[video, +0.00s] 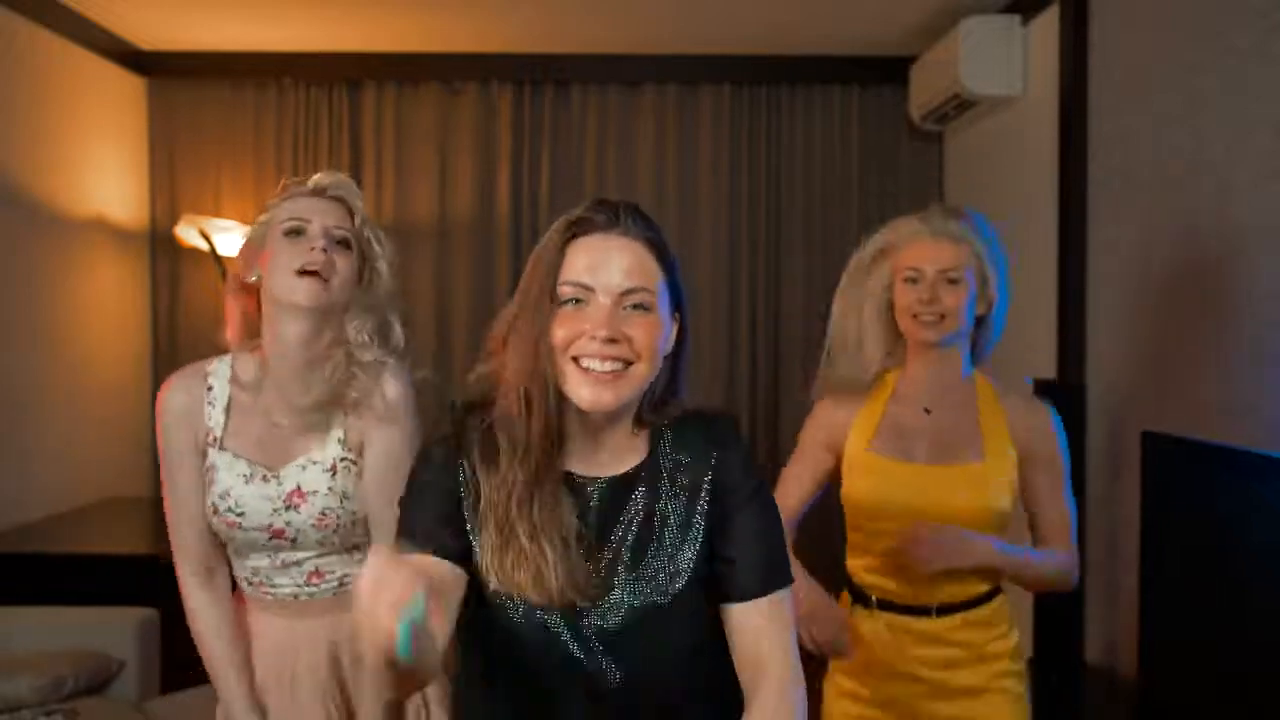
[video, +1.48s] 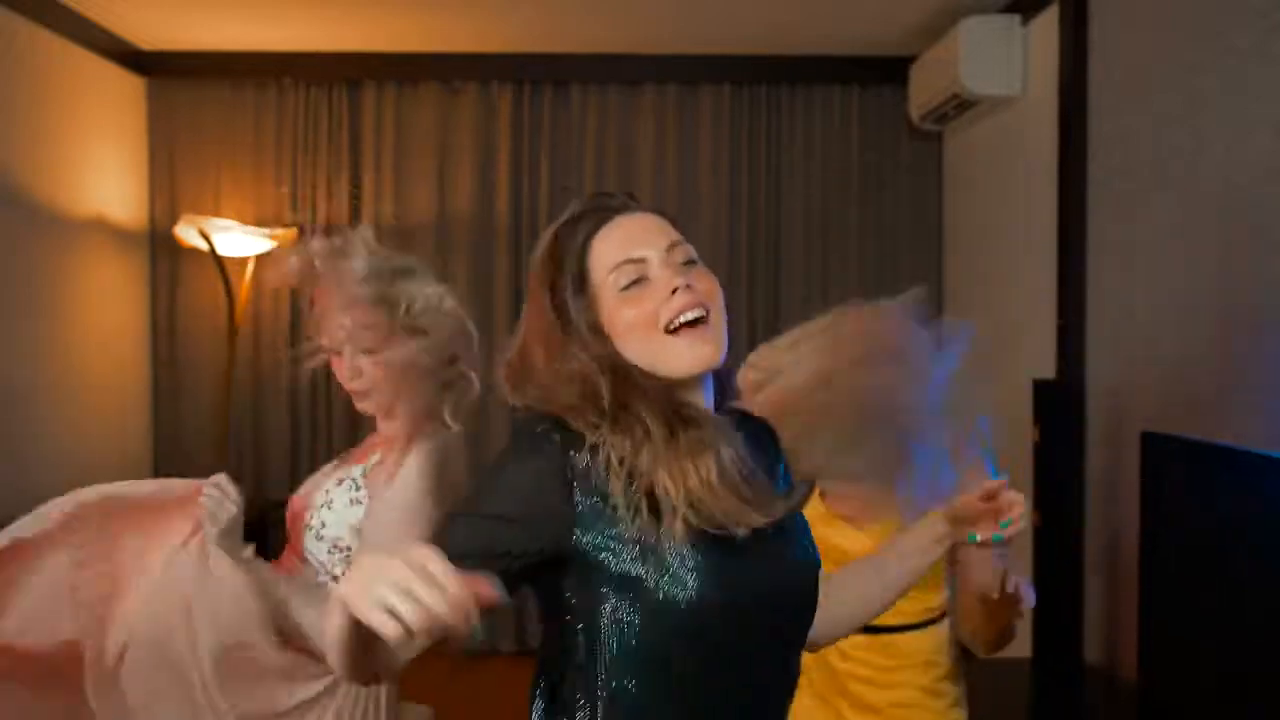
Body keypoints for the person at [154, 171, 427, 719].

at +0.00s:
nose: (319, 248)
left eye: (342, 242)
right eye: (295, 232)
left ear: (359, 284)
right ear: (254, 264)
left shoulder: (380, 394)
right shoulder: (190, 399)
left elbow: (394, 560)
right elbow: (201, 575)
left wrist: (423, 693)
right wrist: (237, 703)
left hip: (367, 653)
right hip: (262, 656)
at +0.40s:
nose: (316, 270)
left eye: (338, 259)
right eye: (290, 261)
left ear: (372, 298)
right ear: (260, 301)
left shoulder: (415, 422)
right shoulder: (216, 442)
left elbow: (415, 566)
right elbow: (196, 620)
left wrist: (348, 699)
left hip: (377, 654)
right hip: (263, 660)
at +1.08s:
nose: (300, 347)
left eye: (327, 326)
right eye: (276, 327)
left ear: (363, 346)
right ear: (249, 346)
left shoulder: (392, 461)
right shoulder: (189, 468)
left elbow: (392, 626)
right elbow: (179, 624)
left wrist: (386, 713)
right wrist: (185, 714)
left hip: (369, 656)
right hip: (262, 669)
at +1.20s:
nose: (259, 298)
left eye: (283, 277)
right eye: (248, 275)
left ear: (343, 277)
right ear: (237, 271)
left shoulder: (414, 390)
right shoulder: (229, 375)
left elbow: (407, 569)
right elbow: (214, 528)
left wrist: (288, 684)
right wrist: (160, 671)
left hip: (381, 645)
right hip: (257, 641)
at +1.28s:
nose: (279, 296)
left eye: (300, 275)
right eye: (268, 274)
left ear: (361, 263)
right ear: (257, 267)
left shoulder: (420, 370)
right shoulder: (272, 348)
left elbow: (401, 562)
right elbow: (240, 500)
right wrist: (131, 610)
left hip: (359, 643)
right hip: (245, 618)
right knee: (97, 680)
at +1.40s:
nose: (318, 337)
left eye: (339, 317)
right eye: (310, 319)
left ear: (400, 314)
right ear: (300, 315)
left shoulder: (422, 427)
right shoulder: (347, 399)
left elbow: (385, 599)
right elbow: (292, 533)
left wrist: (246, 533)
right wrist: (119, 522)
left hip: (339, 656)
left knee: (201, 498)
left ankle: (17, 606)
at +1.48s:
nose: (346, 374)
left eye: (367, 352)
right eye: (335, 353)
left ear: (433, 351)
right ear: (326, 351)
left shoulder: (428, 463)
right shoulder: (386, 442)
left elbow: (367, 636)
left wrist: (233, 564)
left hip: (322, 677)